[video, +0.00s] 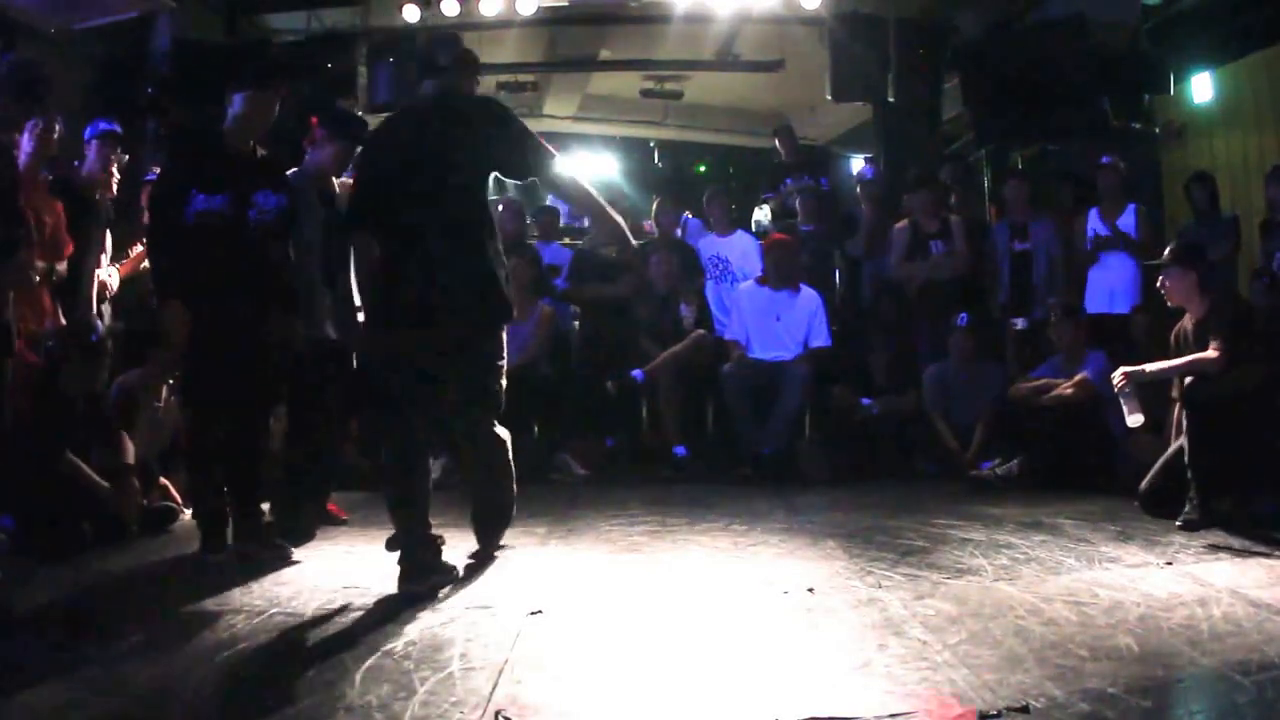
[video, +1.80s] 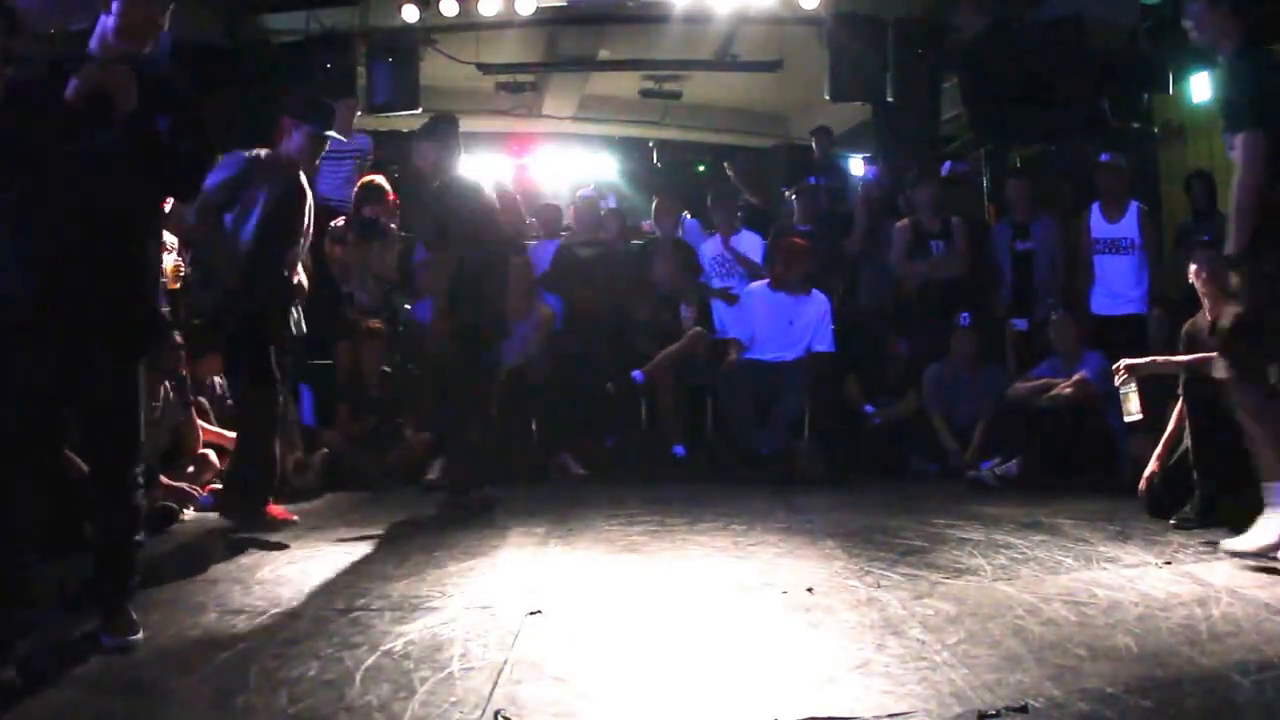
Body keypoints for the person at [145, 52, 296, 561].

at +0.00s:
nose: (268, 117)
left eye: (271, 108)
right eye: (261, 106)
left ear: (269, 117)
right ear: (235, 107)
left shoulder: (271, 172)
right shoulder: (191, 162)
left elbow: (289, 248)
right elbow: (162, 234)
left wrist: (294, 308)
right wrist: (171, 299)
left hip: (260, 308)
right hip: (203, 308)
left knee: (251, 417)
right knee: (206, 418)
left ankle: (250, 525)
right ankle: (212, 529)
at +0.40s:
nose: (239, 124)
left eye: (249, 114)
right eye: (231, 113)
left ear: (258, 115)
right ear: (210, 112)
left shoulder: (262, 168)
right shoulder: (176, 159)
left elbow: (297, 233)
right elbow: (128, 217)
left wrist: (280, 231)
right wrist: (179, 220)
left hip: (248, 317)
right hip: (185, 315)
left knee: (247, 427)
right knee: (170, 433)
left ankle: (249, 528)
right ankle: (152, 548)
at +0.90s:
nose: (158, 79)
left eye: (169, 68)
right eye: (150, 67)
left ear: (180, 73)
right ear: (132, 70)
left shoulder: (200, 134)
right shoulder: (96, 142)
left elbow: (229, 210)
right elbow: (69, 220)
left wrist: (192, 172)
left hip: (194, 302)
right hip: (122, 304)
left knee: (217, 423)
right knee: (129, 433)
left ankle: (225, 533)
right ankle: (143, 557)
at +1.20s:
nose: (151, 73)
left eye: (161, 63)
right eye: (142, 61)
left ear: (173, 68)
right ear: (121, 63)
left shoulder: (190, 132)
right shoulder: (83, 132)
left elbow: (222, 204)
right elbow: (46, 210)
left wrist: (176, 155)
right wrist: (100, 160)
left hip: (164, 297)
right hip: (93, 295)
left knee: (149, 424)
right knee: (99, 422)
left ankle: (142, 554)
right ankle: (115, 549)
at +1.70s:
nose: (132, 53)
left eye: (148, 44)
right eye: (127, 37)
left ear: (167, 46)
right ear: (108, 30)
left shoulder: (169, 107)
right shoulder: (51, 89)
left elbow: (183, 188)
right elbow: (17, 164)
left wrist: (136, 117)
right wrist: (73, 109)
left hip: (121, 301)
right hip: (39, 297)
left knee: (116, 453)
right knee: (26, 447)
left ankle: (114, 598)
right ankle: (41, 587)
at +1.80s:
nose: (134, 41)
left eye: (147, 31)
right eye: (126, 26)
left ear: (161, 33)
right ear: (100, 20)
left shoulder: (163, 96)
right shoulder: (46, 81)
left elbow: (187, 182)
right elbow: (16, 164)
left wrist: (132, 108)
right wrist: (68, 107)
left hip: (120, 297)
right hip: (39, 294)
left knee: (117, 456)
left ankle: (116, 603)